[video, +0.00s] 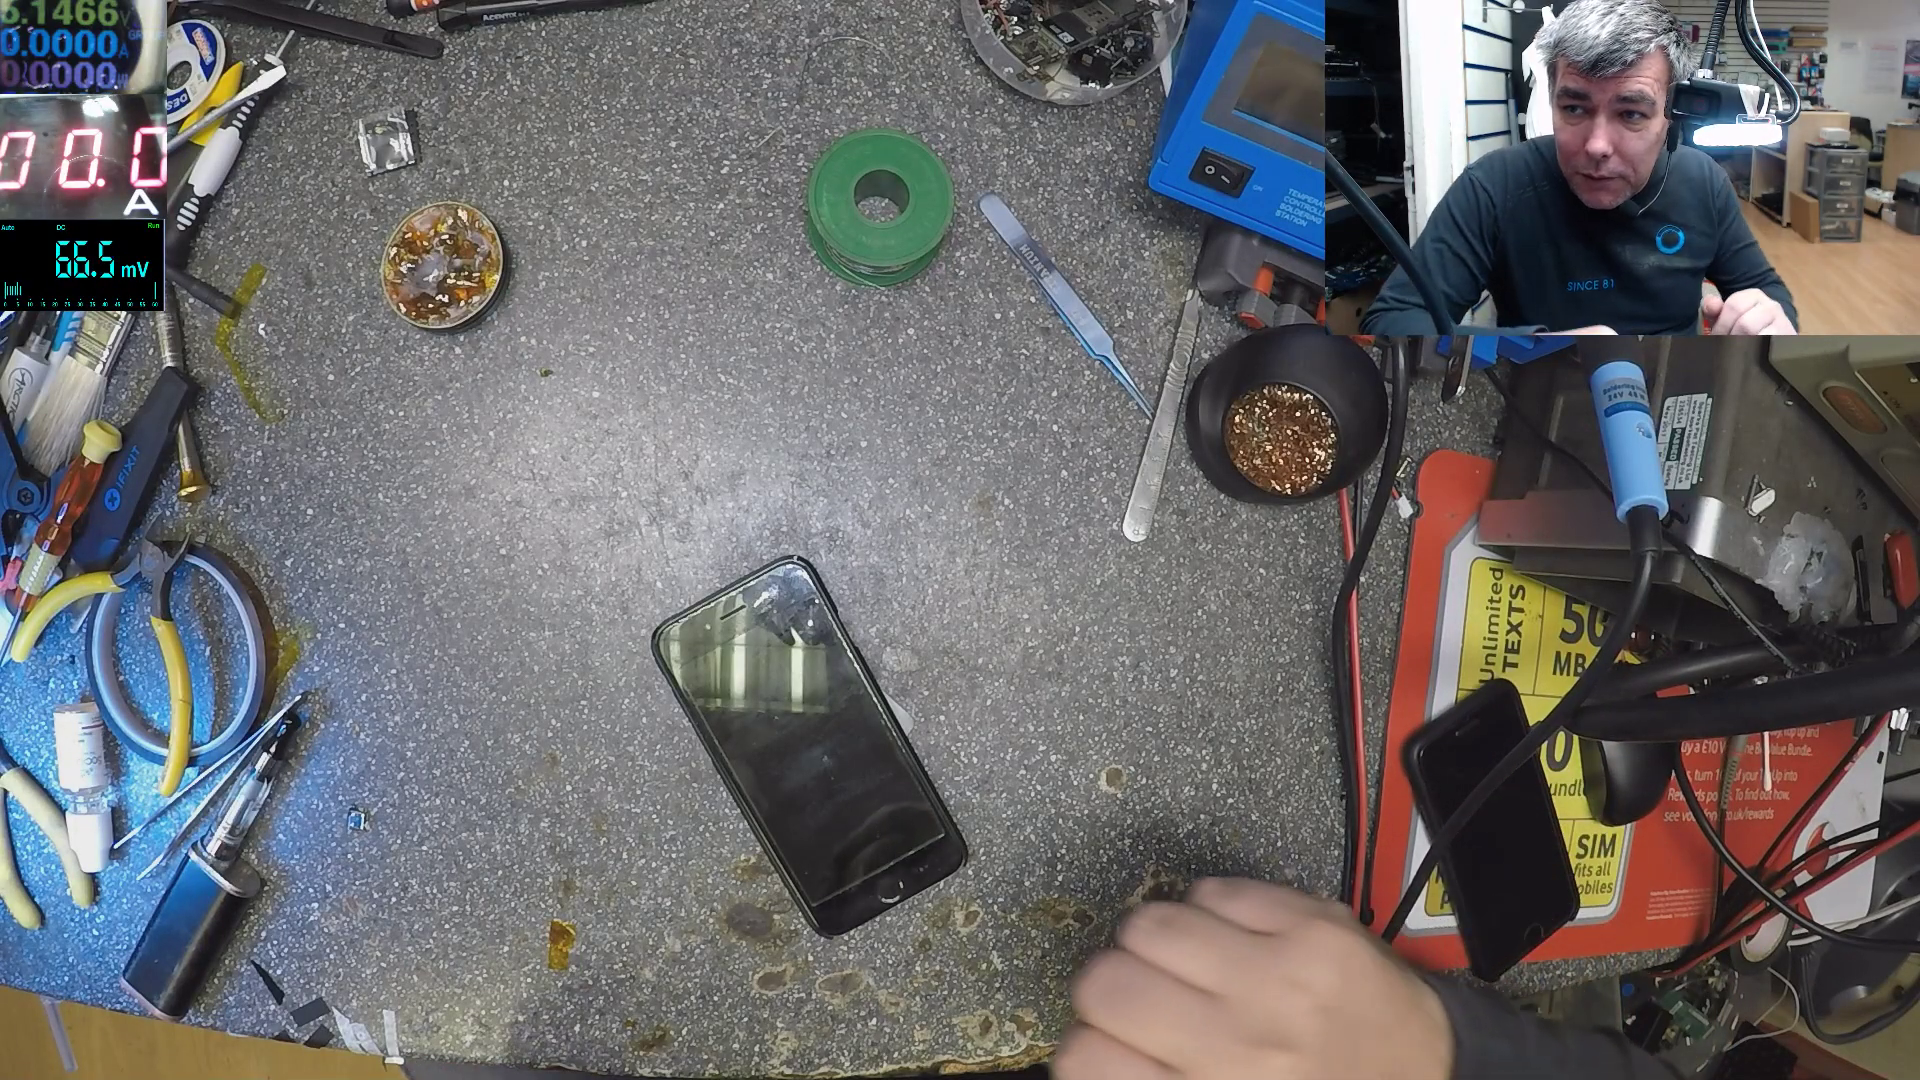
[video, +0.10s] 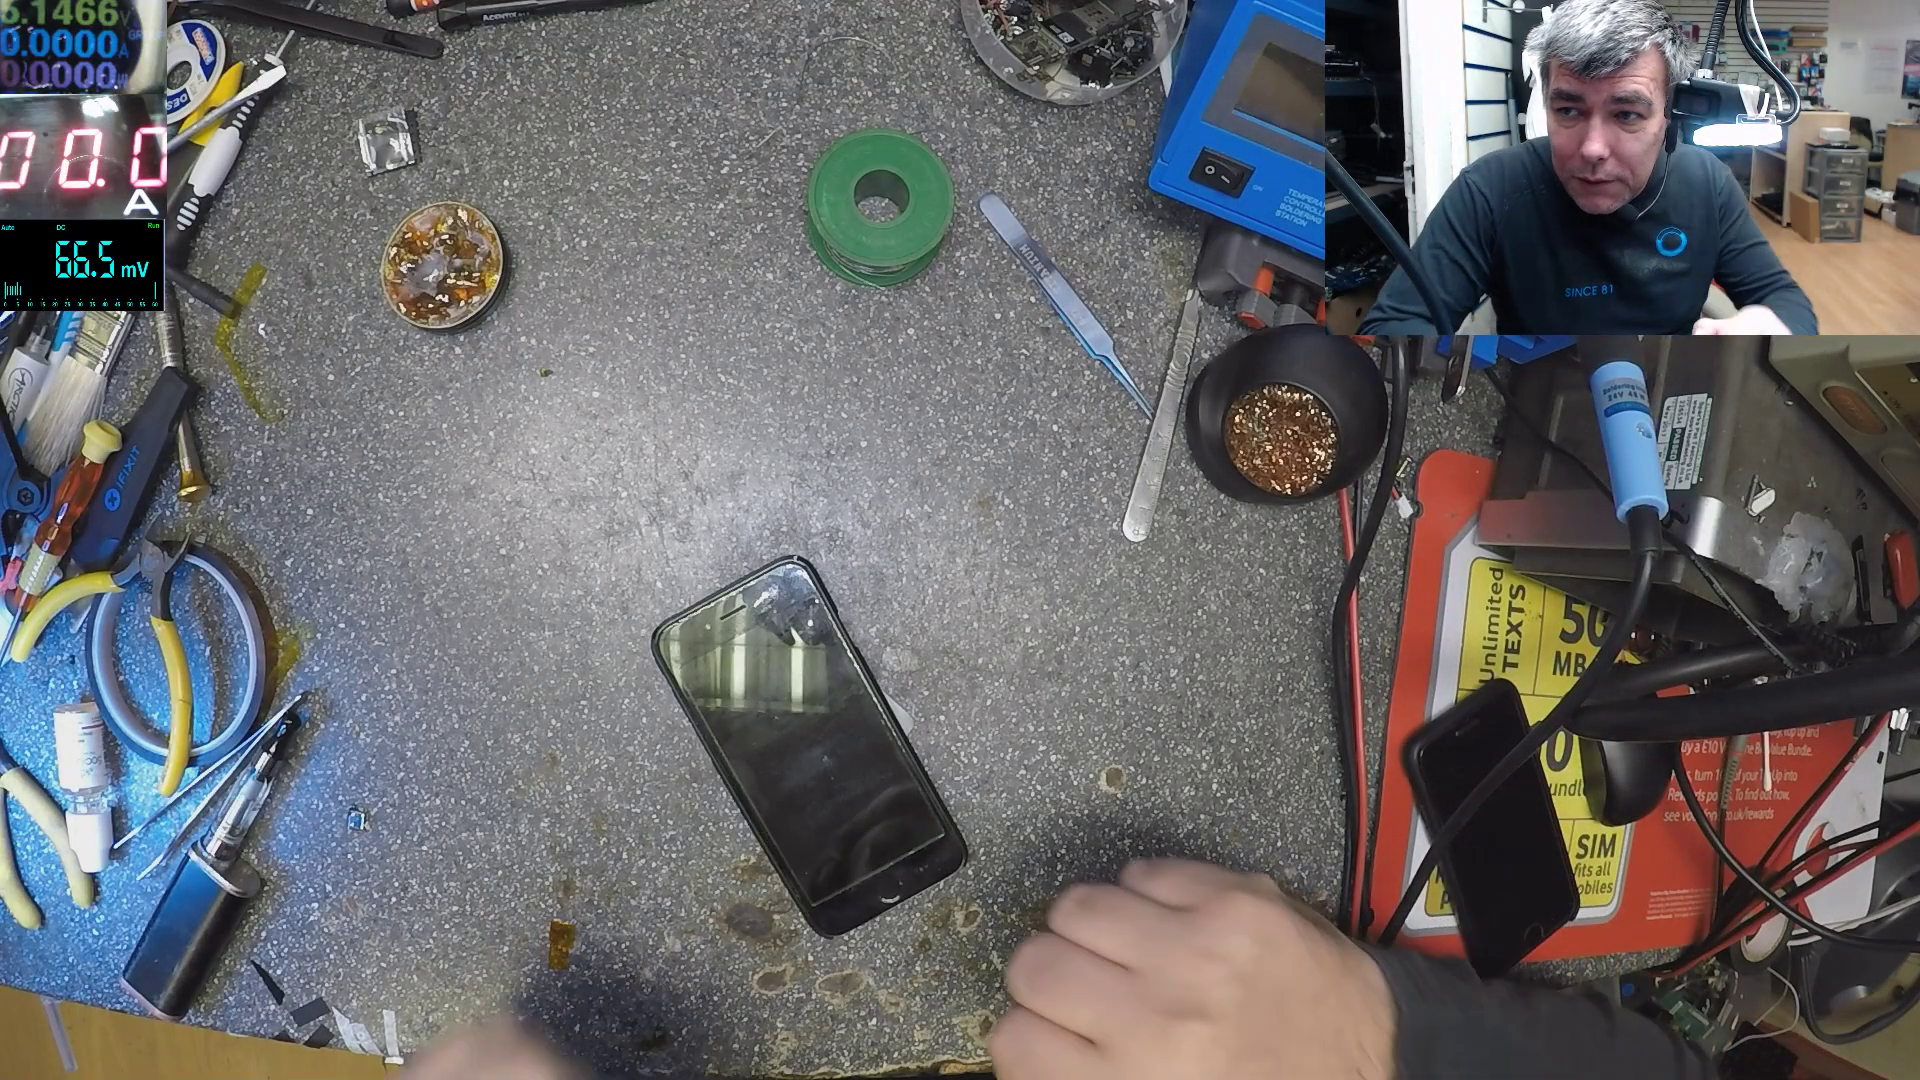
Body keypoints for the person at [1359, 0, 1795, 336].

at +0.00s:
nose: (1597, 146)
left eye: (1631, 114)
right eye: (1575, 109)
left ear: (1667, 114)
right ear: (1551, 103)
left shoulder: (1701, 185)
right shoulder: (1496, 188)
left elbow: (1771, 296)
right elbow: (1395, 315)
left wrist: (1764, 317)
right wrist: (1530, 354)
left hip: (1676, 411)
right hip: (1543, 414)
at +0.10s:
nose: (1593, 150)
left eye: (1626, 114)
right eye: (1568, 111)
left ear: (1667, 114)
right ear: (1544, 105)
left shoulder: (1705, 185)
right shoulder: (1490, 192)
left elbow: (1786, 303)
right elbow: (1395, 322)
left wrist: (1755, 330)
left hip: (1670, 413)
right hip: (1533, 417)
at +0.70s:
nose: (1541, 178)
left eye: (1578, 128)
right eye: (1510, 132)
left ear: (1648, 116)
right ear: (1488, 123)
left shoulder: (1720, 198)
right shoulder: (1462, 202)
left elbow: (1827, 347)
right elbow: (1374, 349)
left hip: (1677, 440)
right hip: (1521, 441)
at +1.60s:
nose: (1593, 147)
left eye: (1625, 113)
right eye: (1569, 110)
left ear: (1665, 113)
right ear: (1544, 108)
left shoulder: (1716, 197)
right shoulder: (1491, 202)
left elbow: (1796, 324)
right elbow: (1399, 336)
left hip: (1678, 419)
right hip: (1541, 422)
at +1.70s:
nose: (1600, 149)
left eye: (1632, 117)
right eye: (1577, 112)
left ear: (1668, 116)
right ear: (1550, 106)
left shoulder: (1716, 198)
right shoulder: (1493, 203)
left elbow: (1795, 325)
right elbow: (1403, 335)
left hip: (1678, 418)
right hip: (1542, 420)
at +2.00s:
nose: (1604, 134)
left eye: (1635, 103)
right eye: (1582, 100)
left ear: (1669, 112)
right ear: (1558, 102)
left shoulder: (1719, 199)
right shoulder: (1494, 202)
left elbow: (1794, 324)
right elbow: (1407, 335)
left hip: (1679, 414)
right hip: (1543, 416)